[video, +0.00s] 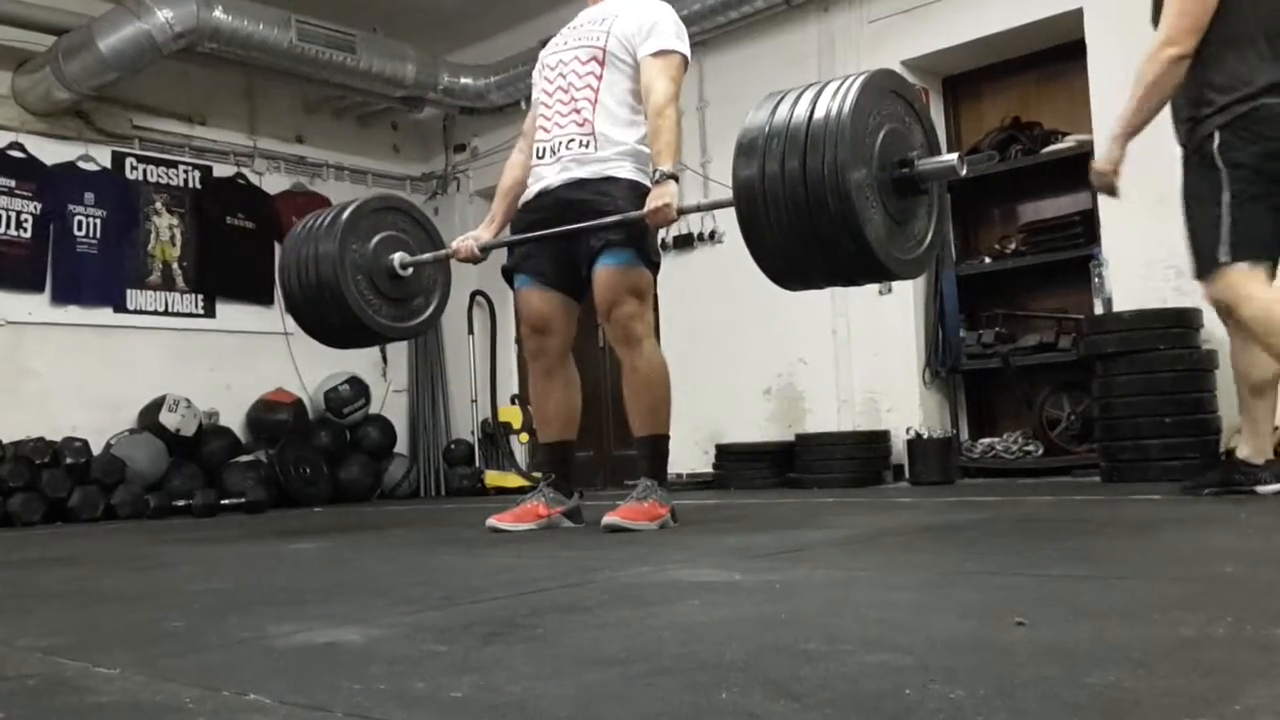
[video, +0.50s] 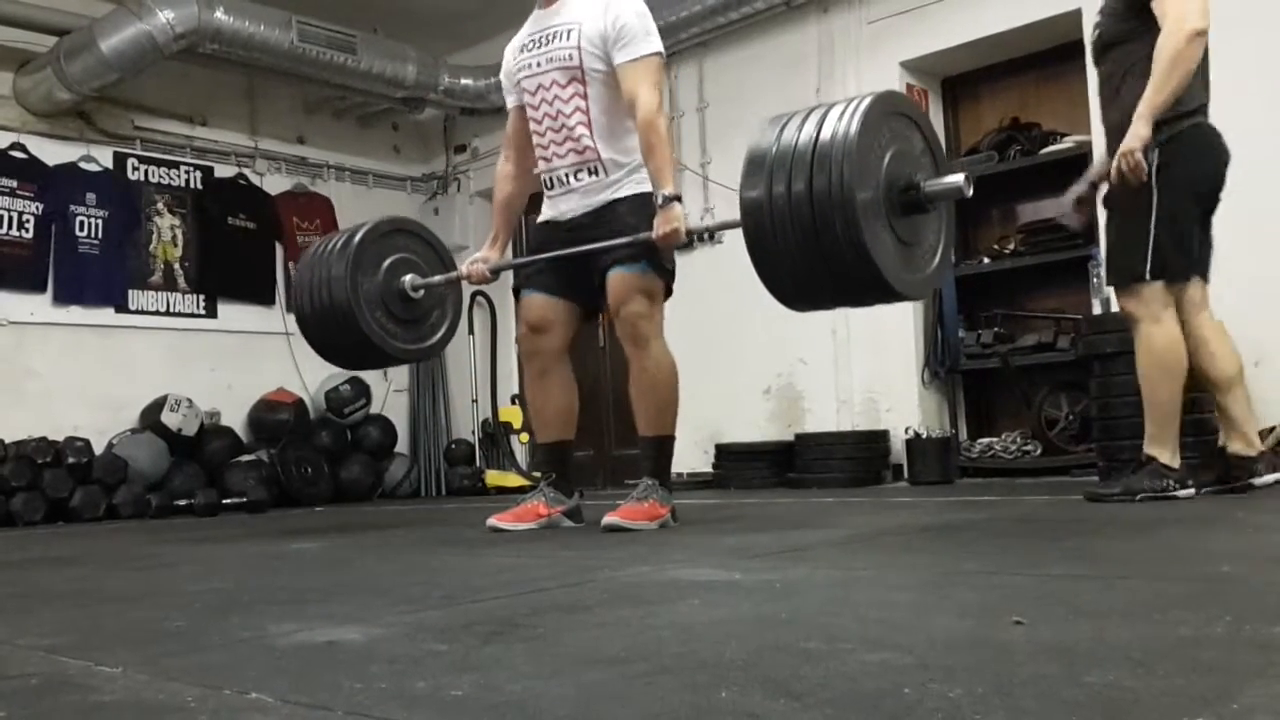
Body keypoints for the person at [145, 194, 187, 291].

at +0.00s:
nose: (159, 211)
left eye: (160, 209)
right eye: (157, 210)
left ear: (164, 208)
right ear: (155, 210)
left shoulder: (171, 219)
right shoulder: (154, 219)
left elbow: (177, 234)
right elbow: (153, 233)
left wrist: (177, 248)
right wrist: (151, 244)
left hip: (169, 243)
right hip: (159, 243)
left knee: (174, 264)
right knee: (157, 261)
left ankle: (179, 282)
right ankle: (156, 277)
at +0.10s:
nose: (159, 211)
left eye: (160, 209)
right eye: (157, 210)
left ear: (164, 208)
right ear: (155, 210)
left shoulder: (170, 219)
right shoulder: (154, 219)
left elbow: (177, 234)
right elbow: (153, 233)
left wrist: (177, 248)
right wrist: (150, 244)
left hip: (169, 243)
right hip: (158, 243)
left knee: (173, 264)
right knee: (156, 261)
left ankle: (179, 282)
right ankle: (155, 277)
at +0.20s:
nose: (160, 211)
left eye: (161, 209)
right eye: (158, 209)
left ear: (164, 208)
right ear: (156, 210)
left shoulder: (171, 219)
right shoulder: (155, 219)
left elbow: (177, 235)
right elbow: (153, 233)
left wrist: (178, 248)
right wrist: (152, 244)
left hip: (169, 243)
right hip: (159, 242)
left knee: (174, 264)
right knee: (157, 261)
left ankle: (179, 282)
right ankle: (156, 277)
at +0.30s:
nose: (160, 211)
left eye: (162, 209)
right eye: (158, 210)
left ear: (165, 208)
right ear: (156, 210)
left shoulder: (172, 220)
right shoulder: (156, 220)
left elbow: (178, 235)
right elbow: (154, 233)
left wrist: (179, 248)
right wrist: (152, 245)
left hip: (170, 243)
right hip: (159, 243)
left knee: (175, 265)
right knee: (158, 261)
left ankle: (180, 283)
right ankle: (157, 277)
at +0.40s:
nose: (162, 211)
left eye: (163, 209)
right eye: (160, 210)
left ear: (166, 208)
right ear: (157, 210)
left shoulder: (173, 220)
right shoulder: (156, 220)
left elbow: (179, 235)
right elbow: (155, 233)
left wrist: (179, 249)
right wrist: (153, 245)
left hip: (171, 243)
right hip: (160, 243)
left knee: (176, 265)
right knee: (158, 262)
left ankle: (181, 283)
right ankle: (158, 277)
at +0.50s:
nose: (162, 211)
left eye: (163, 209)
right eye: (160, 210)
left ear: (166, 208)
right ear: (157, 210)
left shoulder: (173, 220)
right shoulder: (156, 220)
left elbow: (179, 235)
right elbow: (155, 233)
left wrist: (179, 249)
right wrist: (153, 245)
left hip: (171, 243)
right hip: (160, 243)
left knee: (175, 265)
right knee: (158, 262)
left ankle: (181, 283)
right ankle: (158, 277)